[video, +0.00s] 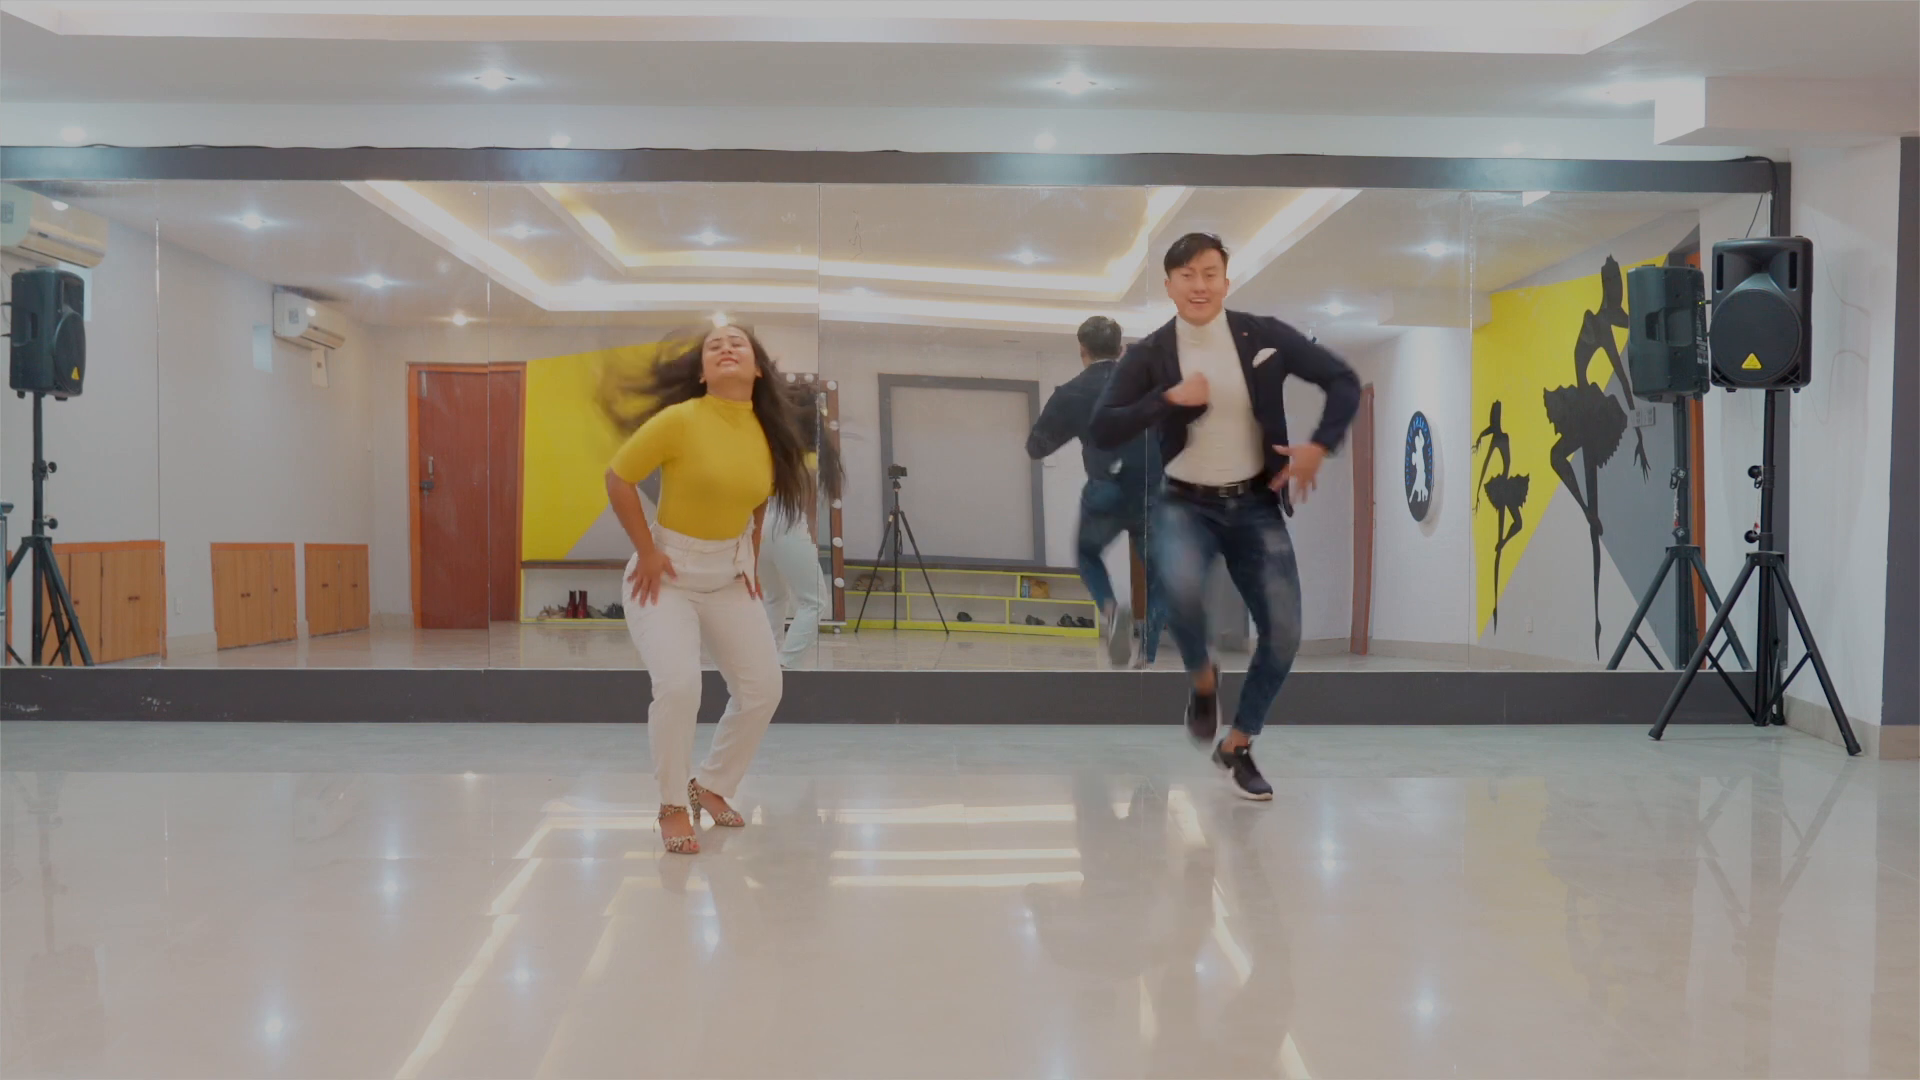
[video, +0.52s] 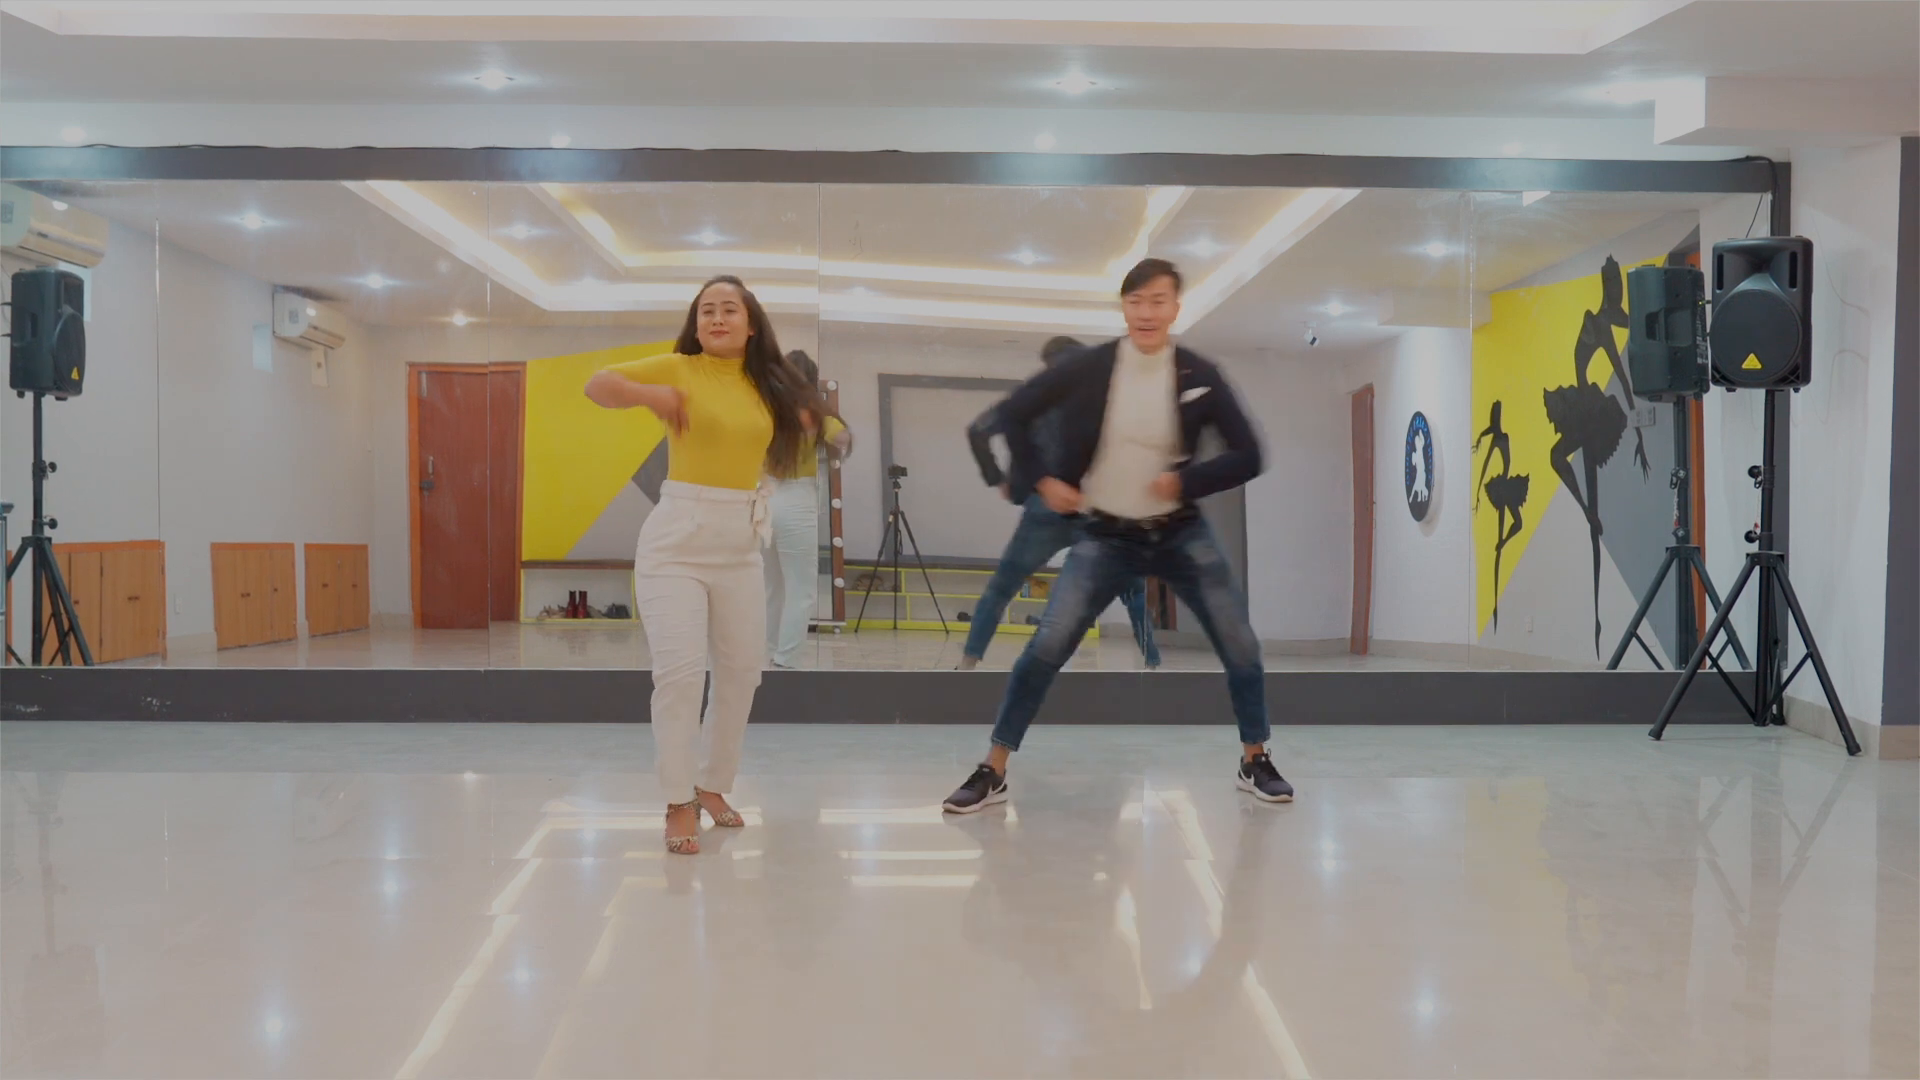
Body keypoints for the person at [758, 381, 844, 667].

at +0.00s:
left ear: (784, 421)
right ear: (814, 423)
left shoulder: (774, 447)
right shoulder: (814, 452)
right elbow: (812, 499)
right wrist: (813, 537)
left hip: (759, 524)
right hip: (789, 526)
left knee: (772, 599)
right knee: (813, 602)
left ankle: (766, 660)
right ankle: (785, 664)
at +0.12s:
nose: (820, 405)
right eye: (816, 400)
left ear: (781, 403)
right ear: (812, 405)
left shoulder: (771, 433)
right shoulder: (812, 438)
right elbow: (806, 464)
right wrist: (811, 507)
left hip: (759, 514)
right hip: (791, 515)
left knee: (772, 595)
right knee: (810, 599)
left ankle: (766, 661)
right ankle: (786, 664)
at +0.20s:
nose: (818, 402)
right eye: (815, 395)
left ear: (780, 398)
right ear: (811, 400)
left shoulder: (768, 431)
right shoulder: (808, 433)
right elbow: (811, 455)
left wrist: (762, 494)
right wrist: (812, 493)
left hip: (759, 513)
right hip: (791, 514)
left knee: (773, 594)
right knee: (806, 596)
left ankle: (765, 659)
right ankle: (786, 665)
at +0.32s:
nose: (816, 396)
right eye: (815, 390)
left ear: (780, 391)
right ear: (812, 394)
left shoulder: (767, 428)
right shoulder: (814, 434)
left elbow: (760, 473)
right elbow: (816, 482)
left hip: (760, 502)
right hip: (794, 506)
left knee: (772, 590)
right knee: (805, 593)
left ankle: (768, 655)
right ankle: (785, 660)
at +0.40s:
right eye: (814, 385)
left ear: (781, 387)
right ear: (813, 388)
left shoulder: (767, 422)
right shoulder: (818, 428)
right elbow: (825, 468)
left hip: (761, 504)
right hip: (796, 505)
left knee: (771, 591)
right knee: (803, 593)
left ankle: (767, 659)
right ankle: (783, 663)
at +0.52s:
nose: (818, 384)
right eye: (816, 379)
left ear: (782, 378)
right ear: (812, 380)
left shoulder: (765, 406)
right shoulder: (811, 410)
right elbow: (841, 436)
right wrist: (836, 451)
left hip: (760, 502)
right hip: (795, 504)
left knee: (771, 587)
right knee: (800, 589)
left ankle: (769, 656)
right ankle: (785, 663)